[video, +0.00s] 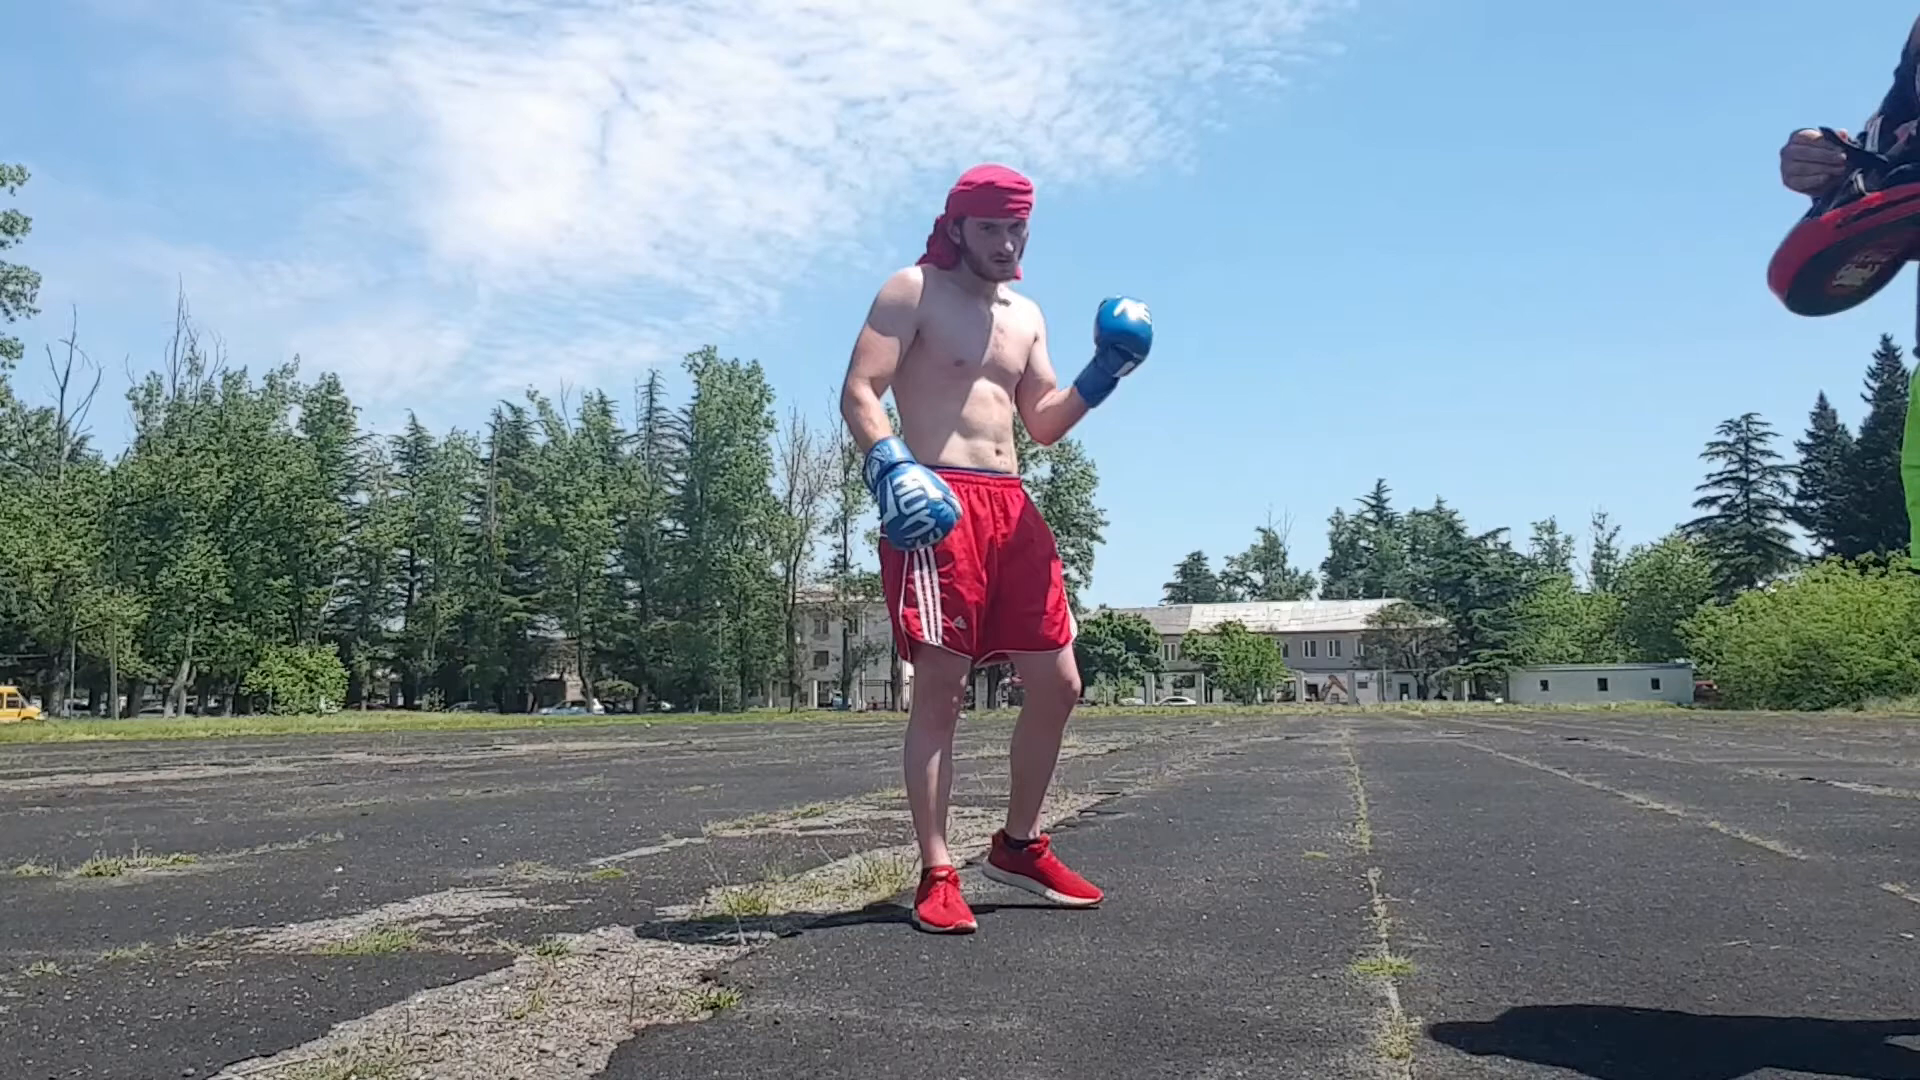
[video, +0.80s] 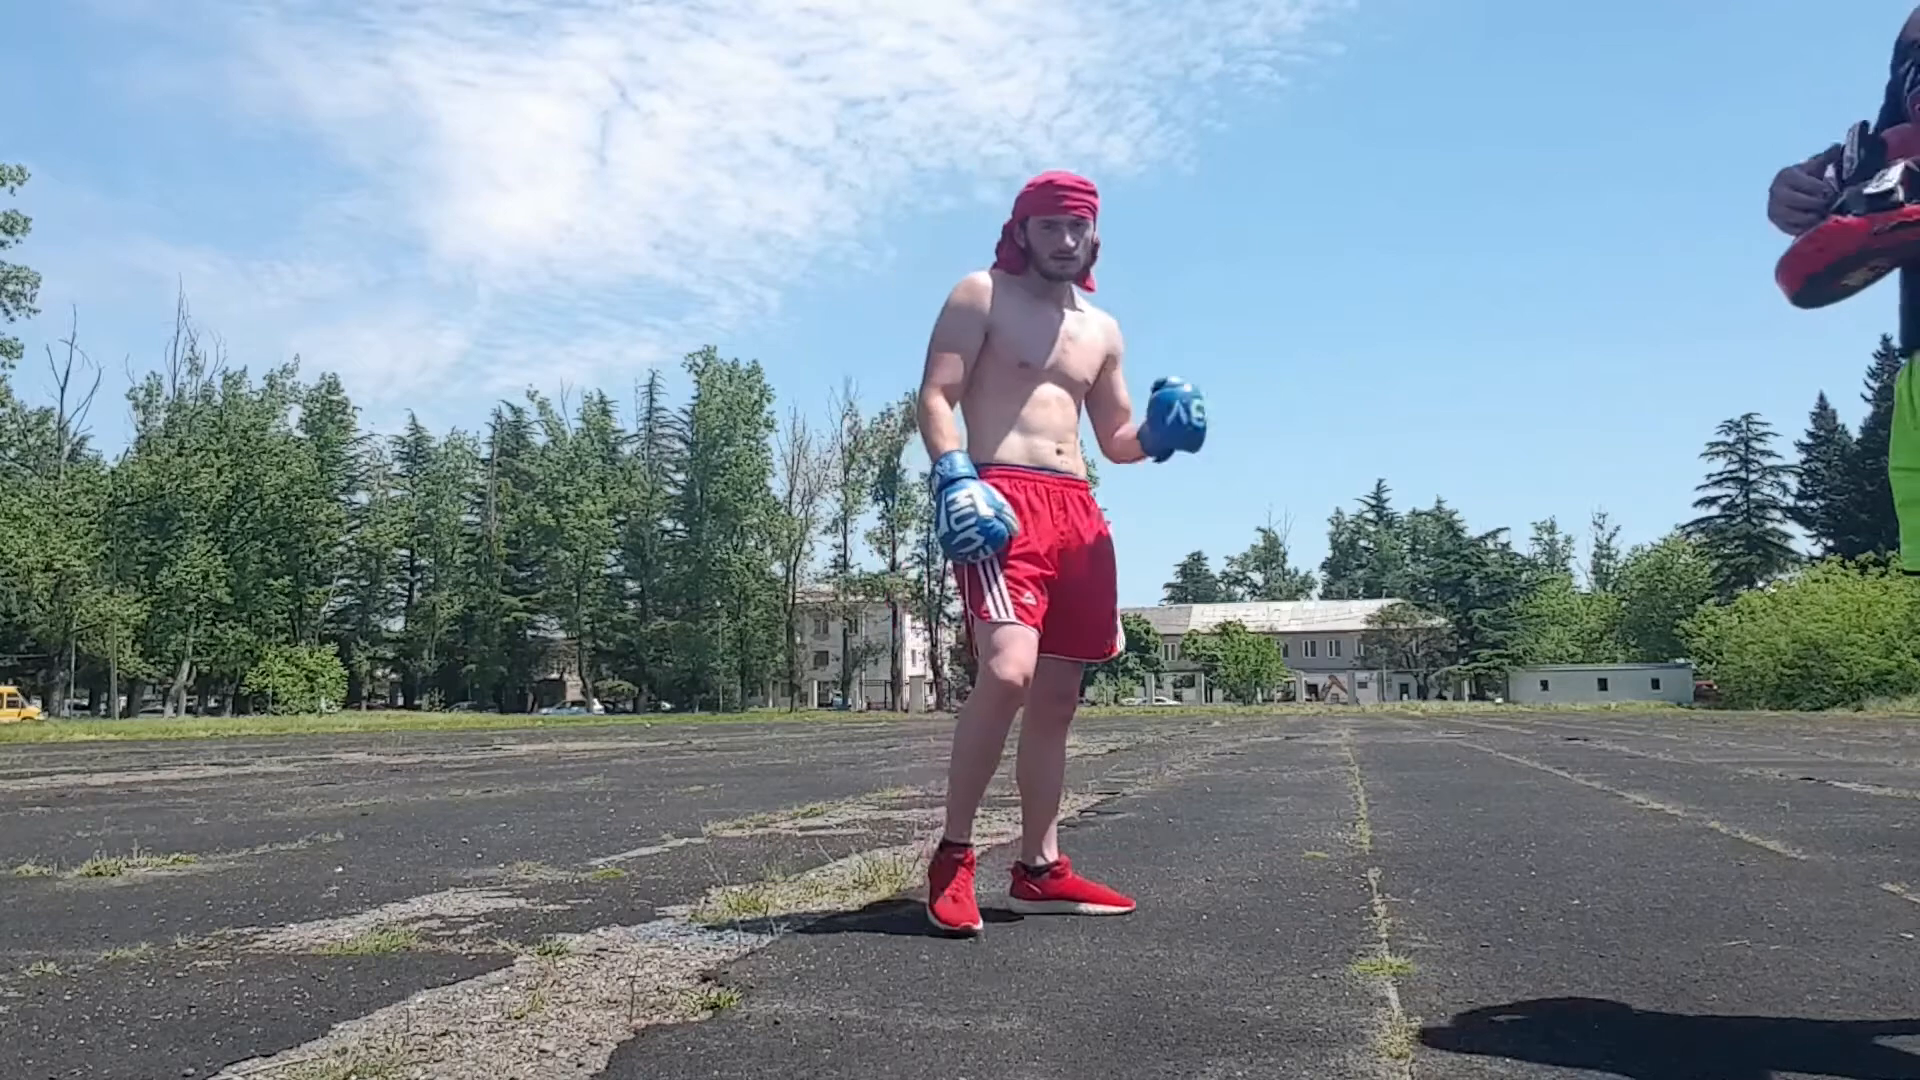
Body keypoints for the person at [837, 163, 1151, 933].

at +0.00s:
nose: (1010, 244)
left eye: (1018, 230)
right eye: (994, 231)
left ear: (1025, 230)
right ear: (956, 230)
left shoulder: (1027, 312)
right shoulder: (915, 289)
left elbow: (1043, 423)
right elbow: (859, 392)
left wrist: (1103, 369)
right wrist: (896, 470)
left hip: (1012, 507)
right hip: (937, 502)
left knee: (1057, 685)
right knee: (939, 685)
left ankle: (1019, 843)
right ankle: (938, 872)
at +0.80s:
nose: (1067, 238)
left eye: (1079, 226)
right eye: (1051, 225)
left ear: (1093, 236)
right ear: (1022, 232)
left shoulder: (1102, 328)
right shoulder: (984, 293)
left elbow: (1117, 441)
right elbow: (938, 393)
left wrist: (1160, 433)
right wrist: (955, 478)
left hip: (1076, 505)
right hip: (1000, 495)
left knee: (1058, 695)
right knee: (1010, 672)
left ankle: (1038, 864)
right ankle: (953, 858)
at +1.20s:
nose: (1040, 216)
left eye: (1055, 206)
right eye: (1025, 203)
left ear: (1074, 221)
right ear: (1000, 214)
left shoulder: (1082, 317)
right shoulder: (968, 283)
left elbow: (1080, 429)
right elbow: (922, 390)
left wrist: (1114, 479)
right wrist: (945, 487)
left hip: (1059, 507)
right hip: (984, 497)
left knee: (1052, 697)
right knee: (986, 696)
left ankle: (1040, 866)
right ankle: (964, 886)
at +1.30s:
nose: (1036, 212)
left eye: (1051, 202)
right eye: (1020, 199)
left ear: (1066, 217)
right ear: (992, 210)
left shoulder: (1067, 312)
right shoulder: (959, 278)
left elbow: (1058, 430)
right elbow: (914, 387)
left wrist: (1112, 431)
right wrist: (939, 488)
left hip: (1047, 503)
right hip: (974, 496)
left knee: (1050, 697)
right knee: (967, 697)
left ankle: (1041, 866)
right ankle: (963, 886)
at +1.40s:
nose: (1029, 209)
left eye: (1044, 199)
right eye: (1013, 195)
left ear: (1057, 214)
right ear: (982, 203)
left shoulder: (1056, 310)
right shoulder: (952, 271)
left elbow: (1065, 429)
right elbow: (908, 381)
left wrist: (1122, 367)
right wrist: (935, 488)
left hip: (1032, 501)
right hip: (963, 494)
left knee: (1046, 694)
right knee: (960, 690)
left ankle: (1041, 863)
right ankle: (961, 888)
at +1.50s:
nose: (1030, 209)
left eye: (1041, 198)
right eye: (1013, 195)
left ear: (1051, 210)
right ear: (979, 202)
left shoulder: (1047, 303)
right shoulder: (944, 268)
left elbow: (1071, 404)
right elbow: (903, 378)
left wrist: (1117, 322)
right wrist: (932, 485)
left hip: (1022, 497)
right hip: (955, 492)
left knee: (1037, 687)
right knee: (958, 688)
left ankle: (1041, 859)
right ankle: (962, 885)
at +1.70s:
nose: (1018, 214)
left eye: (1027, 201)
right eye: (1002, 202)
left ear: (1033, 206)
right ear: (961, 205)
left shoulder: (1029, 293)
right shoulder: (926, 268)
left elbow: (1068, 392)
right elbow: (888, 382)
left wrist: (1096, 302)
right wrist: (922, 482)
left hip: (1012, 495)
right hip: (944, 491)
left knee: (1021, 689)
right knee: (956, 689)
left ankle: (982, 856)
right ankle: (958, 885)